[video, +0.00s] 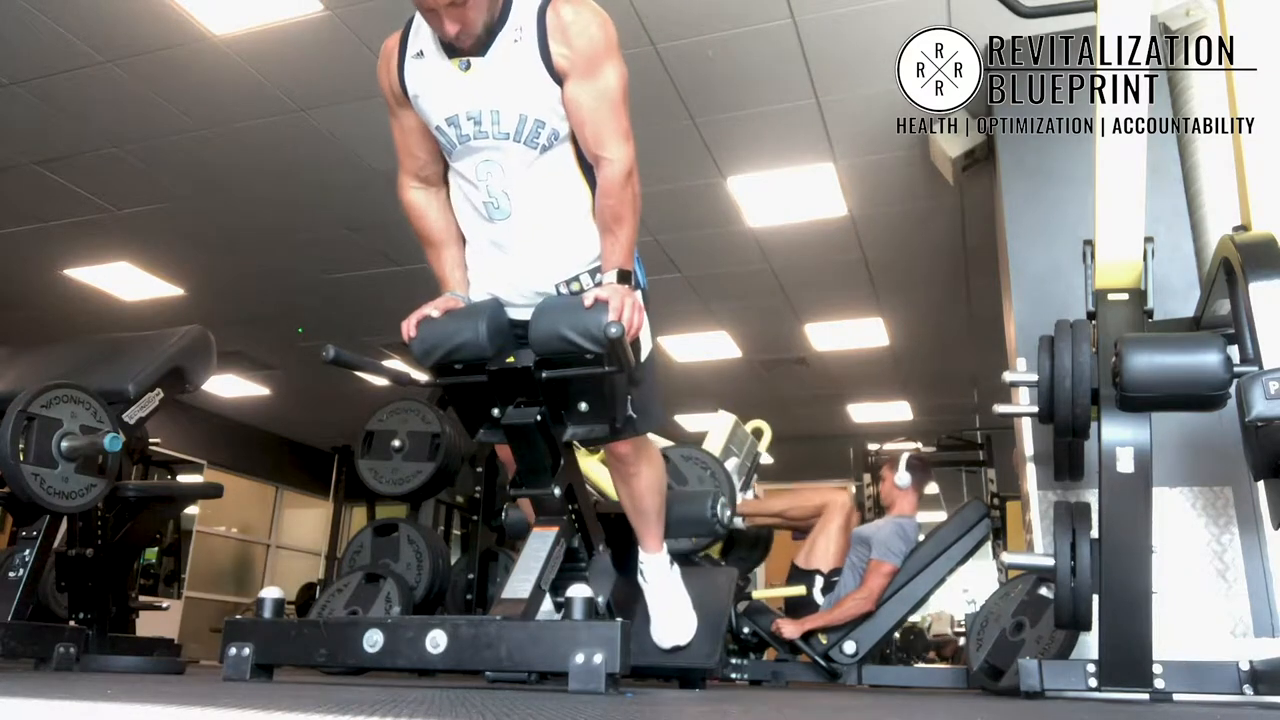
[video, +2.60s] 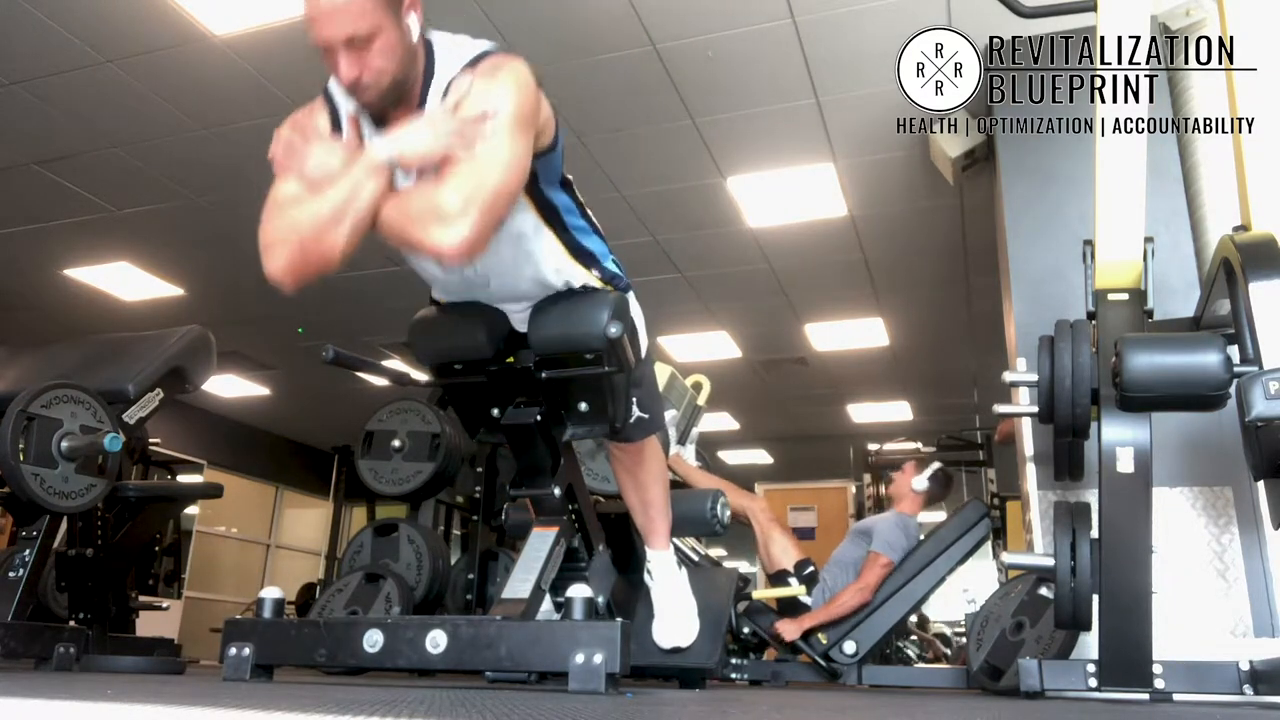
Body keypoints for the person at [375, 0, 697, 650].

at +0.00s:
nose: (444, 23)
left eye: (456, 6)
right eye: (430, 10)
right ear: (414, 5)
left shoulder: (571, 25)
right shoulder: (402, 57)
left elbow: (614, 161)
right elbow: (421, 180)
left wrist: (617, 277)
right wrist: (453, 289)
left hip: (587, 278)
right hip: (489, 292)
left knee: (625, 437)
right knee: (511, 442)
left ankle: (655, 565)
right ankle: (551, 548)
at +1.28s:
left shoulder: (559, 30)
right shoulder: (388, 58)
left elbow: (642, 143)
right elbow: (363, 173)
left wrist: (583, 235)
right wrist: (389, 267)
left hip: (572, 288)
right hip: (472, 297)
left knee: (621, 418)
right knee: (503, 430)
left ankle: (658, 562)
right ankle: (546, 536)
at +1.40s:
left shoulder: (556, 25)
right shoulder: (386, 52)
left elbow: (599, 128)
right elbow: (333, 157)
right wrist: (375, 199)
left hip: (573, 286)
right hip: (471, 295)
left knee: (624, 421)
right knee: (508, 435)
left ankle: (659, 561)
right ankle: (546, 538)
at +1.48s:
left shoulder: (551, 17)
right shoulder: (383, 48)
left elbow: (560, 110)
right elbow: (325, 155)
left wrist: (449, 115)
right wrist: (388, 138)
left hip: (572, 283)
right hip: (471, 299)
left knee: (626, 423)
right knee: (509, 440)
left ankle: (659, 561)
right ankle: (545, 543)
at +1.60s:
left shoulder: (553, 10)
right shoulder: (394, 40)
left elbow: (493, 83)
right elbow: (327, 114)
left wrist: (387, 60)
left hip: (577, 284)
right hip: (476, 302)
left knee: (627, 423)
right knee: (514, 443)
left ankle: (659, 559)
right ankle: (545, 548)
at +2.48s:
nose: (364, 12)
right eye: (353, 2)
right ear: (344, 10)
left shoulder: (513, 41)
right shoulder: (349, 70)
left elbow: (454, 155)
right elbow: (285, 184)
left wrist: (337, 111)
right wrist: (394, 82)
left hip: (575, 291)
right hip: (475, 307)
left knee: (628, 422)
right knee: (519, 443)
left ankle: (660, 563)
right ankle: (553, 541)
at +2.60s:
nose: (345, 72)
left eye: (361, 44)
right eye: (327, 53)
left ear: (411, 18)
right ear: (315, 46)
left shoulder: (497, 83)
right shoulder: (318, 125)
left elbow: (453, 231)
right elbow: (284, 264)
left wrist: (332, 178)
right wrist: (386, 154)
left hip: (572, 292)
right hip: (469, 310)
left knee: (626, 414)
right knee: (507, 440)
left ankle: (660, 565)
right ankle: (553, 537)